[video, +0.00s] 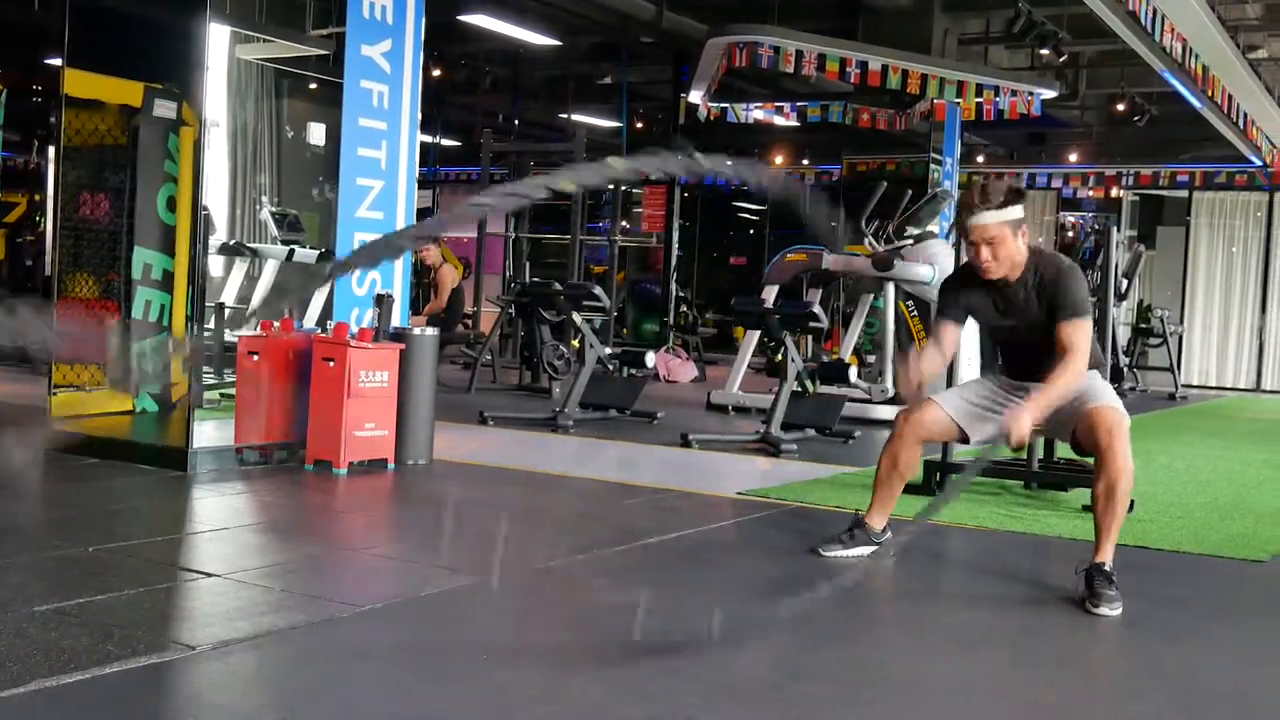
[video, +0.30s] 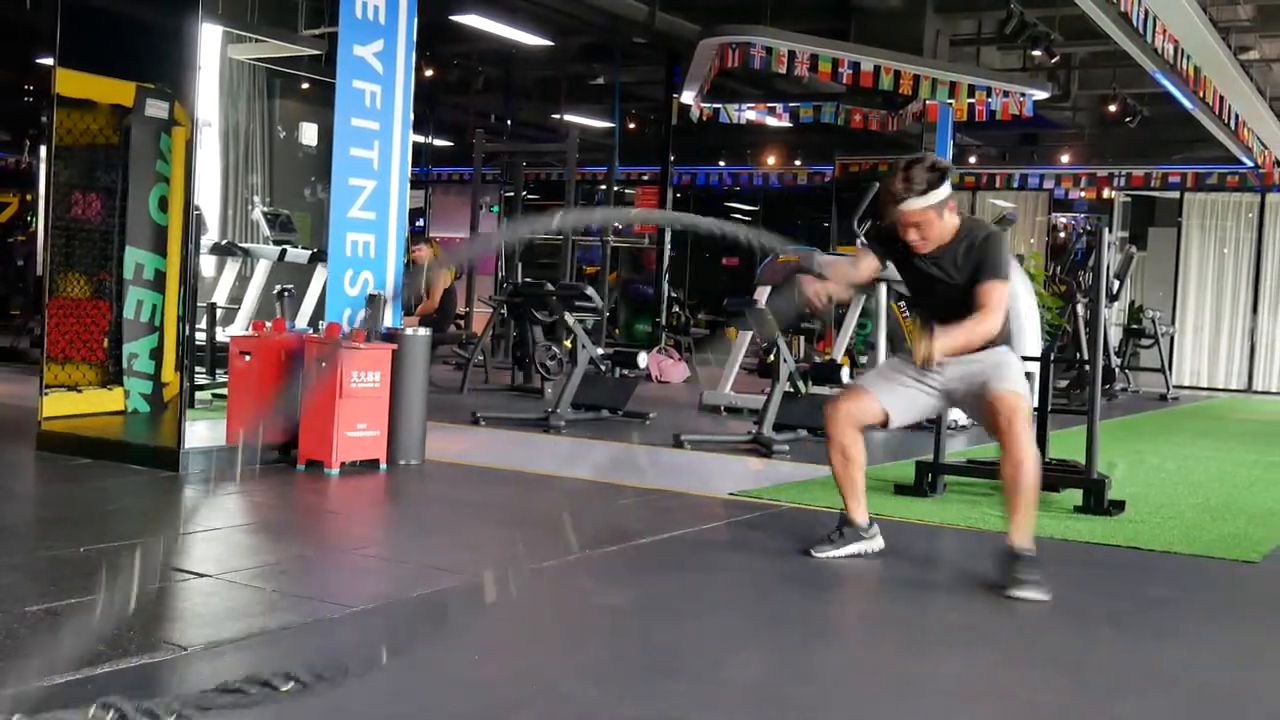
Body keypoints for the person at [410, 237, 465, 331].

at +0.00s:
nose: (423, 254)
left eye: (428, 250)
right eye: (421, 251)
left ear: (439, 250)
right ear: (418, 254)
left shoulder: (445, 271)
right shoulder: (434, 272)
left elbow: (441, 303)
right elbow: (435, 300)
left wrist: (423, 316)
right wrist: (423, 317)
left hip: (448, 321)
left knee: (407, 321)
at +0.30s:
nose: (416, 254)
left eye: (419, 250)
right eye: (413, 251)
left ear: (431, 250)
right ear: (410, 255)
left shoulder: (439, 271)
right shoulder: (426, 270)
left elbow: (433, 303)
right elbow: (424, 297)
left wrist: (414, 318)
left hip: (439, 322)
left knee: (398, 322)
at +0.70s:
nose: (414, 255)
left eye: (418, 251)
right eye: (411, 252)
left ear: (429, 251)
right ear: (409, 255)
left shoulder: (436, 272)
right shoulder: (424, 274)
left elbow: (431, 305)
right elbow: (424, 303)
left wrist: (413, 319)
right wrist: (413, 320)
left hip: (437, 325)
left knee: (397, 323)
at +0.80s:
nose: (415, 256)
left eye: (419, 251)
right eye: (412, 253)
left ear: (430, 251)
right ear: (410, 256)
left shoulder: (438, 272)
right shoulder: (425, 274)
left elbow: (433, 306)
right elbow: (424, 302)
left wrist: (414, 319)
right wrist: (414, 320)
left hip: (438, 325)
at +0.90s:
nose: (415, 257)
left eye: (419, 252)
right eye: (413, 254)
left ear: (431, 252)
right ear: (410, 257)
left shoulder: (438, 274)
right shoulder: (426, 275)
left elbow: (432, 307)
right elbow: (424, 302)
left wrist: (415, 320)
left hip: (438, 325)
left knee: (396, 324)